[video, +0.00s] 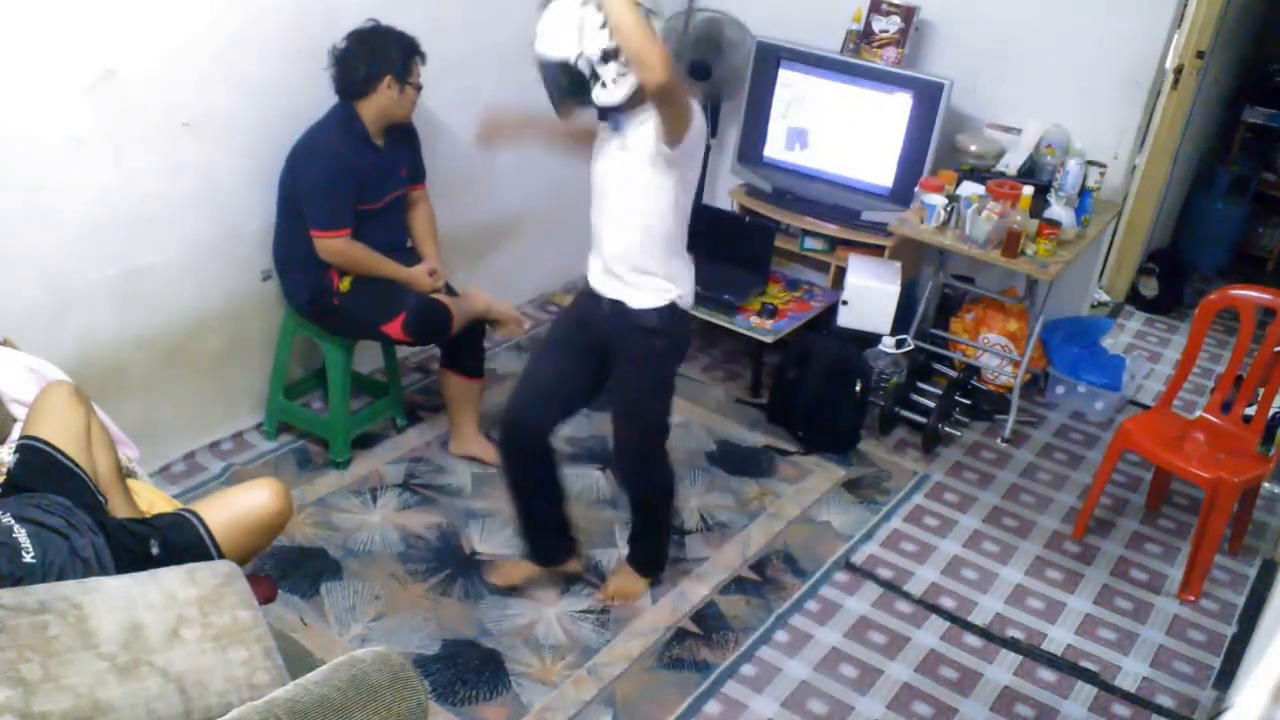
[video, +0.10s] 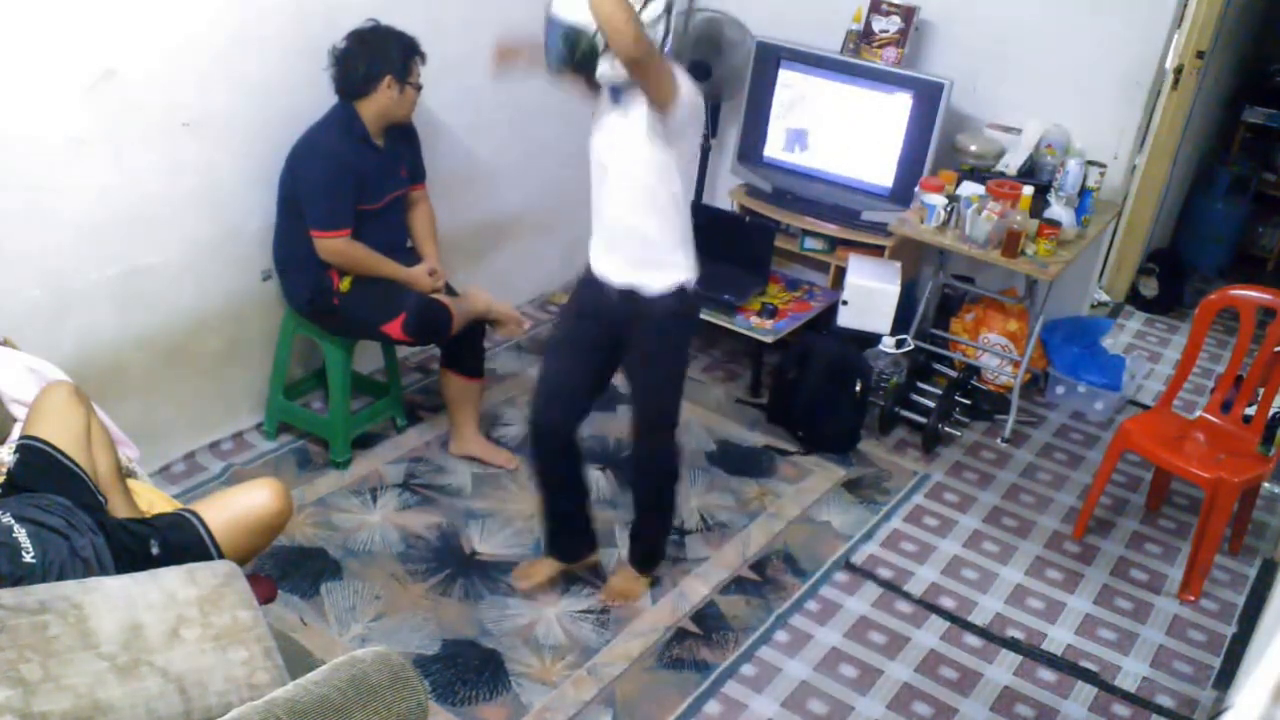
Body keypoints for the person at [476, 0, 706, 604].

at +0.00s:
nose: (603, 68)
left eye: (613, 55)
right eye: (597, 58)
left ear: (643, 58)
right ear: (593, 63)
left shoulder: (679, 122)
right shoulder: (613, 126)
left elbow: (657, 77)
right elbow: (578, 137)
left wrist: (615, 2)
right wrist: (519, 130)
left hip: (655, 317)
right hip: (598, 304)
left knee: (638, 452)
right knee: (523, 423)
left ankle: (645, 560)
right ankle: (554, 553)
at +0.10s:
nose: (613, 50)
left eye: (628, 43)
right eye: (613, 43)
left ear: (654, 47)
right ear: (628, 41)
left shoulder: (681, 103)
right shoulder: (612, 93)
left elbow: (631, 44)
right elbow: (579, 70)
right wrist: (537, 55)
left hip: (663, 300)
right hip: (600, 288)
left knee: (652, 440)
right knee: (550, 420)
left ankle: (642, 561)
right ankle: (571, 550)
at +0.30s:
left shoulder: (680, 82)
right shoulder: (604, 60)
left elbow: (597, 61)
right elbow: (561, 39)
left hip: (664, 284)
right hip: (591, 278)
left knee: (700, 436)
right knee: (574, 419)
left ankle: (749, 565)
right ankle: (589, 519)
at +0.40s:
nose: (616, 78)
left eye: (633, 65)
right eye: (606, 63)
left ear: (661, 62)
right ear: (590, 57)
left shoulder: (685, 123)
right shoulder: (584, 87)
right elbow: (513, 26)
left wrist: (560, 195)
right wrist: (568, 5)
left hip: (660, 304)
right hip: (584, 302)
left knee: (718, 446)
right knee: (572, 429)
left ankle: (791, 576)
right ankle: (595, 529)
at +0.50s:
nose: (634, 63)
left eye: (654, 54)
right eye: (627, 45)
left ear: (681, 49)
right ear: (613, 29)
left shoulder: (692, 100)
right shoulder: (579, 54)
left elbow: (675, 196)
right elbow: (504, 7)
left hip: (670, 268)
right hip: (592, 266)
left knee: (712, 418)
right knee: (590, 414)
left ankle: (769, 565)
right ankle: (593, 523)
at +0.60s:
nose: (667, 53)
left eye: (683, 45)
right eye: (661, 35)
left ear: (696, 47)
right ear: (635, 19)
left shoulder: (700, 79)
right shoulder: (580, 37)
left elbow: (722, 188)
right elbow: (528, 3)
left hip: (671, 252)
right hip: (593, 251)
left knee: (694, 406)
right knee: (594, 393)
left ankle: (717, 570)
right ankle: (603, 512)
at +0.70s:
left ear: (674, 37)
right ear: (626, 26)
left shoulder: (691, 83)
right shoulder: (580, 57)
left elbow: (742, 136)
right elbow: (565, 13)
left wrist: (774, 158)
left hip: (669, 268)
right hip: (593, 268)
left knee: (680, 430)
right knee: (590, 410)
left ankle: (687, 600)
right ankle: (594, 518)